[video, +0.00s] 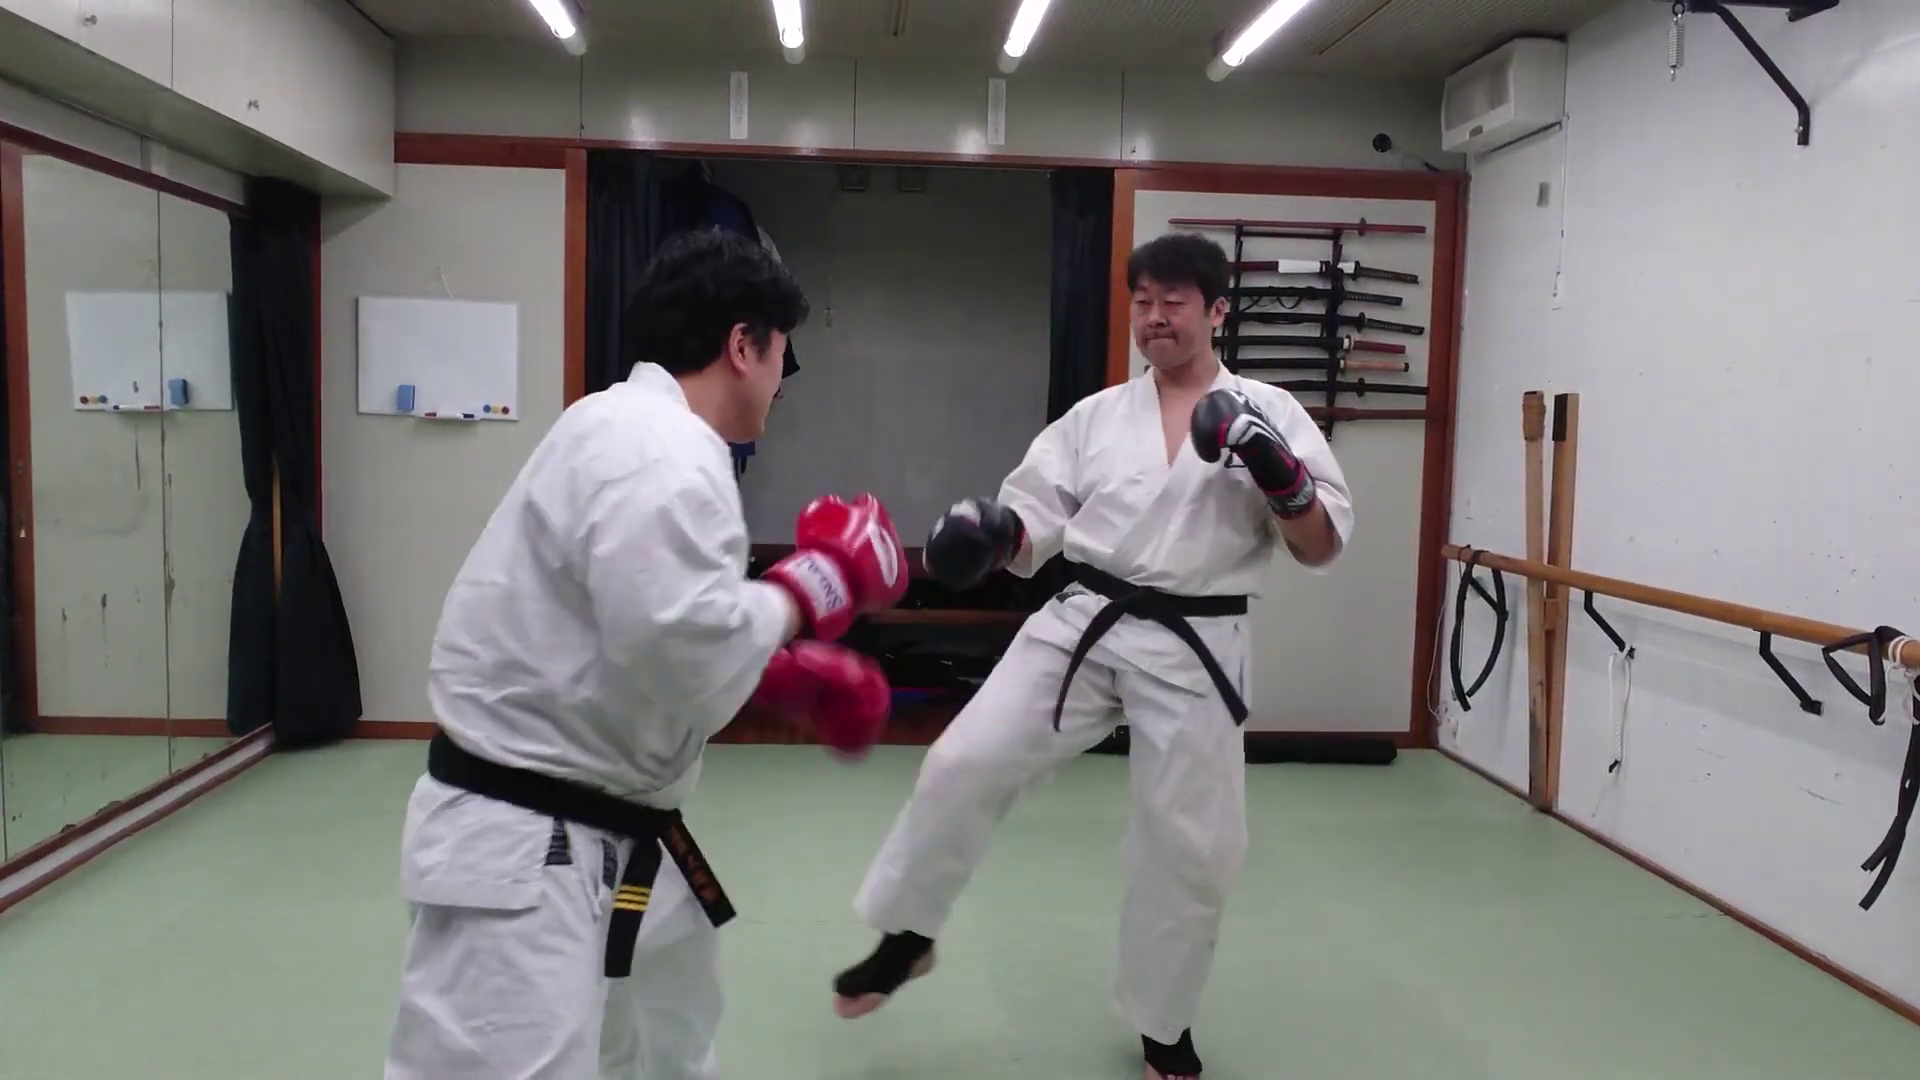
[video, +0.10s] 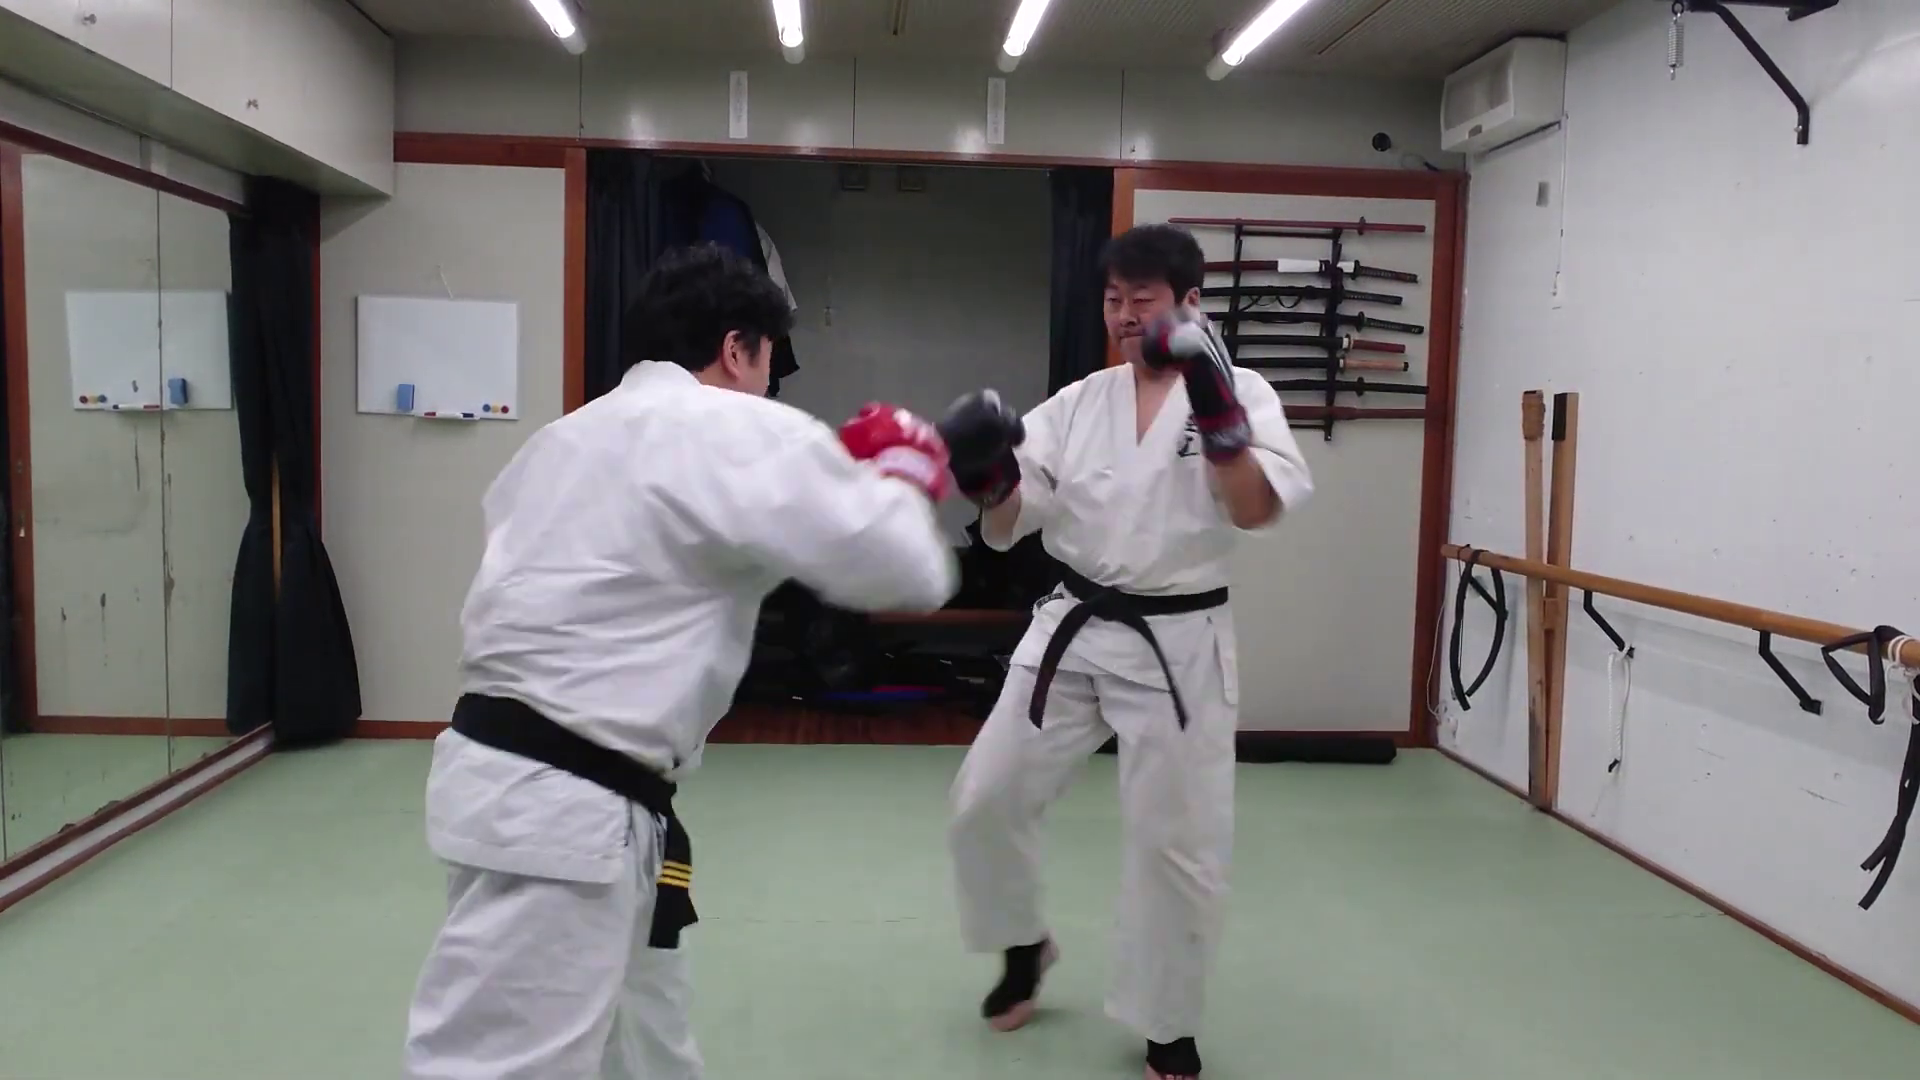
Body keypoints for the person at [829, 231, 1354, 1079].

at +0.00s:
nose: (1153, 319)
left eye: (1173, 304)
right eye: (1143, 303)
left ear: (1216, 312)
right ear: (1131, 311)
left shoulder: (1267, 415)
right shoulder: (1099, 415)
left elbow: (1322, 548)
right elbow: (1029, 521)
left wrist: (1279, 477)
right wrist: (984, 535)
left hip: (1197, 641)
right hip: (1080, 618)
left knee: (1197, 848)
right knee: (965, 762)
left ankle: (1164, 1029)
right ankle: (904, 937)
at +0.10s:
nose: (1122, 317)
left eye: (1142, 302)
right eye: (1113, 301)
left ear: (1189, 304)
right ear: (1103, 305)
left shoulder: (1238, 395)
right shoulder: (1074, 404)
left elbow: (1255, 510)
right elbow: (1007, 529)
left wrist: (1214, 405)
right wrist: (988, 477)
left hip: (1180, 638)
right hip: (1069, 624)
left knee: (1178, 846)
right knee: (982, 802)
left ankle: (1171, 1036)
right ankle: (1023, 943)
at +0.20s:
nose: (1106, 329)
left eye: (1124, 312)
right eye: (1095, 312)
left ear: (1161, 311)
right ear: (1083, 317)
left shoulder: (1202, 393)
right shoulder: (1059, 387)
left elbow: (1102, 416)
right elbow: (995, 456)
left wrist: (1097, 325)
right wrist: (986, 395)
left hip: (1160, 622)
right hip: (1068, 616)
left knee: (1106, 786)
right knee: (1039, 800)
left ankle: (1161, 973)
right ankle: (1065, 968)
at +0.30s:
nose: (1073, 331)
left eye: (1085, 313)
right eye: (1067, 314)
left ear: (1129, 310)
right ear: (1070, 316)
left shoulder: (1175, 368)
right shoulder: (1069, 372)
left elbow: (1107, 396)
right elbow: (1025, 394)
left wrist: (1064, 343)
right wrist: (1028, 323)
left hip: (1153, 586)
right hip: (1075, 589)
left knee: (1037, 669)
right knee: (1038, 788)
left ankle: (1108, 850)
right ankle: (1067, 964)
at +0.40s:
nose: (1061, 322)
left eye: (1077, 306)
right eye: (1055, 308)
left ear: (1123, 305)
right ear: (1059, 319)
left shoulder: (1176, 368)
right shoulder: (1048, 384)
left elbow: (1086, 377)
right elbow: (989, 424)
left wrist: (1077, 279)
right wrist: (954, 402)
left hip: (1149, 581)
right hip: (1064, 581)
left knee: (1016, 569)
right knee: (1063, 783)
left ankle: (1052, 769)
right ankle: (1070, 965)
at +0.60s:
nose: (1053, 324)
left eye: (1067, 308)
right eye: (1042, 310)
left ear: (1110, 310)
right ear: (1033, 316)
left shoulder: (1163, 379)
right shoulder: (1030, 404)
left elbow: (1153, 422)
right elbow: (953, 466)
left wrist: (1115, 314)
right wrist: (887, 489)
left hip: (1132, 590)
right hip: (1047, 589)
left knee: (1017, 521)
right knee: (1051, 780)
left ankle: (995, 726)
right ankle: (1067, 962)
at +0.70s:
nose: (1045, 320)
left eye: (1060, 304)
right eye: (1035, 305)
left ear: (1107, 304)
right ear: (1026, 309)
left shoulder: (1152, 384)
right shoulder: (1024, 400)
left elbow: (1175, 495)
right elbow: (953, 493)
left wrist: (1114, 424)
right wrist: (888, 563)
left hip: (1125, 587)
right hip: (1038, 591)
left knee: (1013, 543)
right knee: (1052, 776)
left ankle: (1014, 743)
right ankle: (1065, 962)